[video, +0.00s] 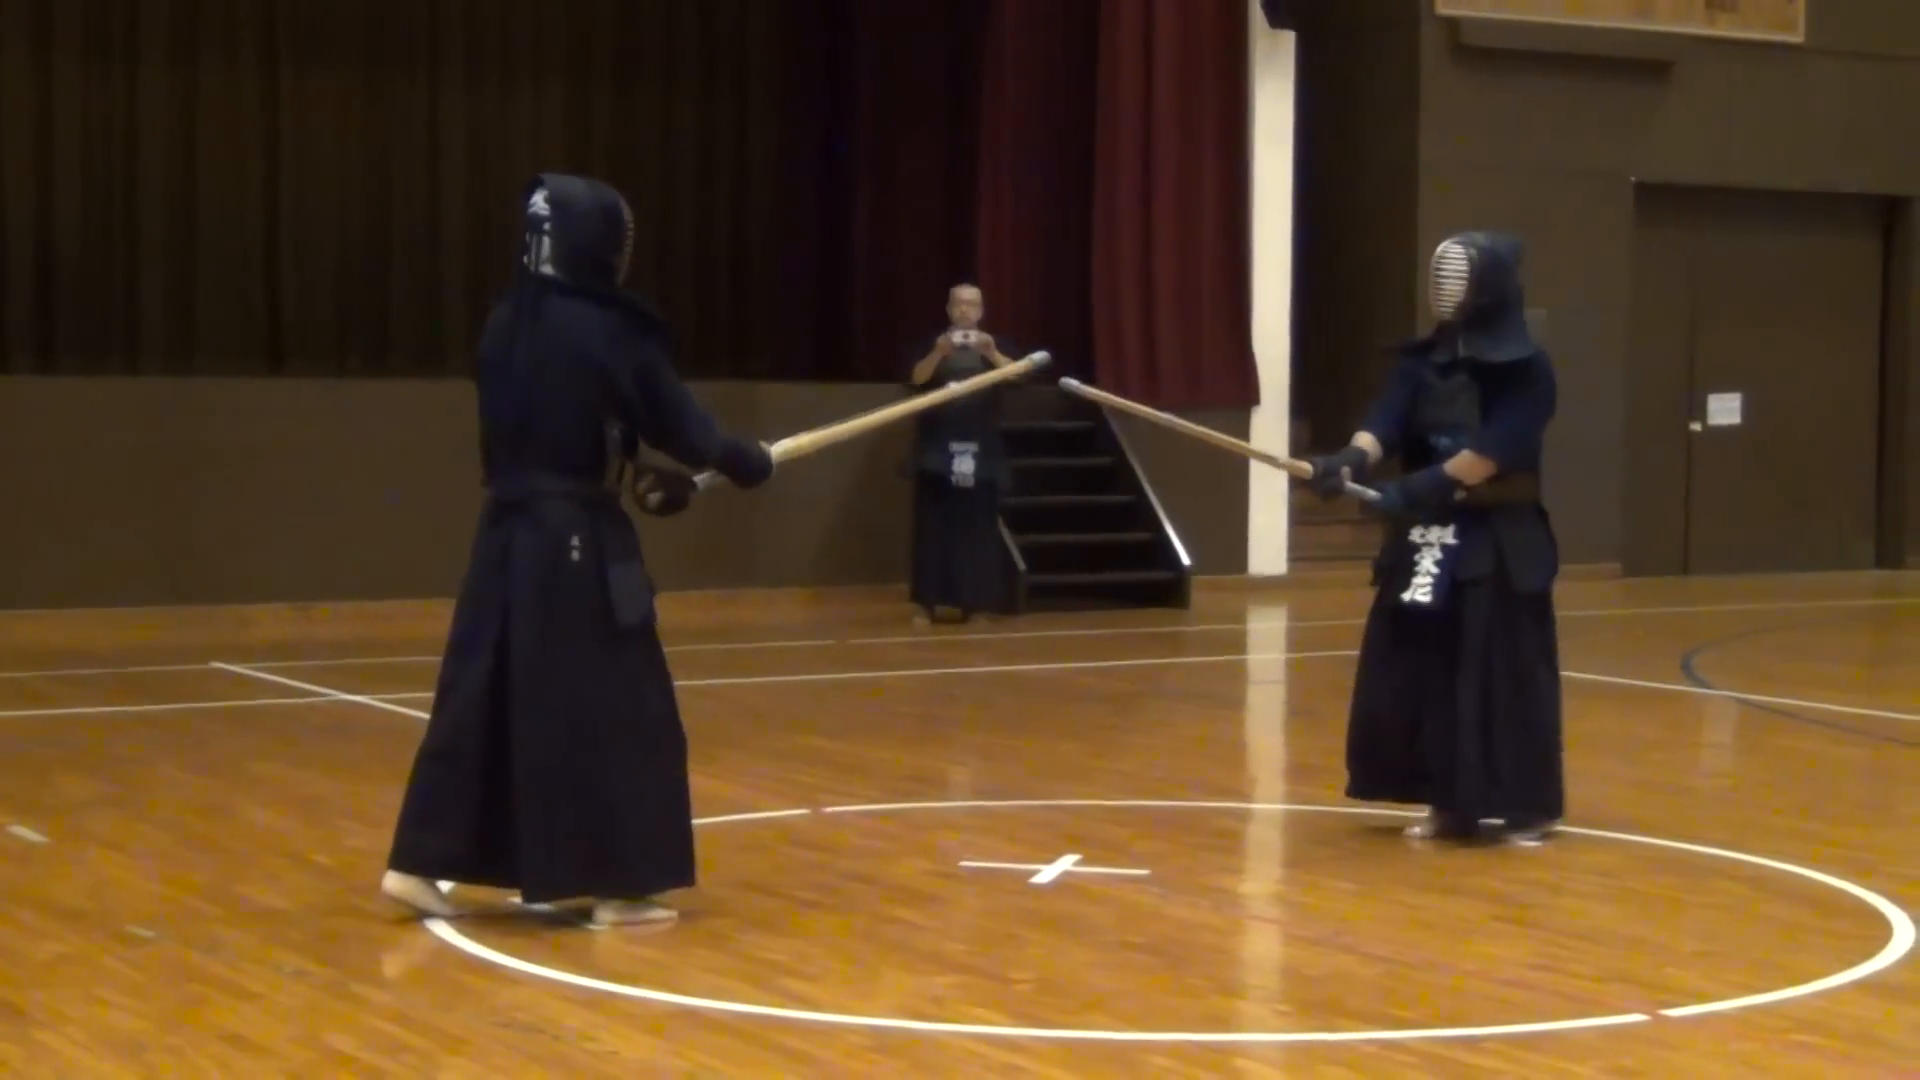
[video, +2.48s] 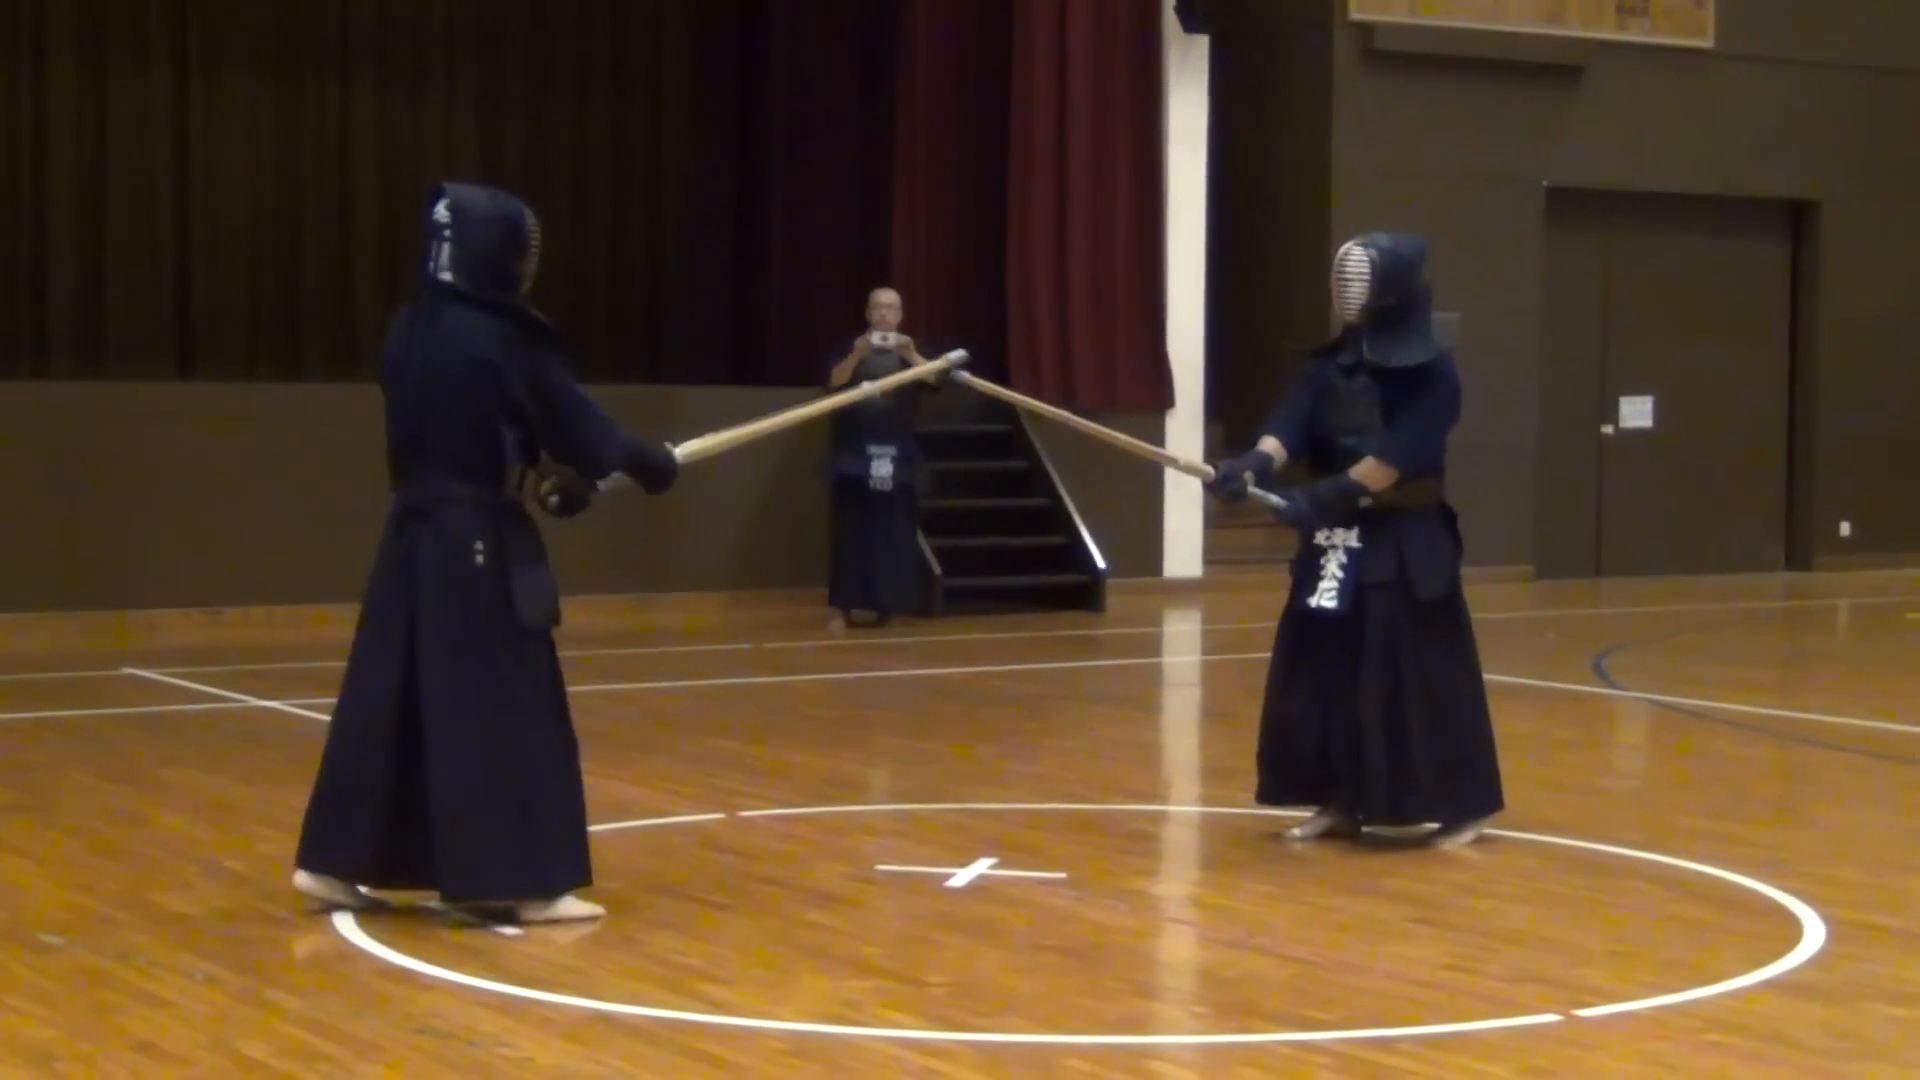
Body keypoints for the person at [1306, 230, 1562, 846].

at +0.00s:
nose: (1442, 291)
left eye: (1455, 279)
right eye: (1439, 278)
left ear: (1491, 286)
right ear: (1435, 282)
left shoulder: (1523, 368)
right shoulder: (1421, 360)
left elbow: (1493, 454)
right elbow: (1386, 421)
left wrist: (1412, 491)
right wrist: (1350, 460)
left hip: (1502, 534)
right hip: (1431, 531)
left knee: (1504, 667)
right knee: (1434, 661)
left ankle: (1523, 806)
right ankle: (1450, 798)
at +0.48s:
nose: (1439, 295)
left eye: (1452, 284)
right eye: (1436, 282)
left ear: (1487, 288)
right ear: (1433, 285)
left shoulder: (1521, 369)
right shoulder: (1419, 361)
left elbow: (1492, 456)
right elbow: (1382, 421)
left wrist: (1412, 497)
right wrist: (1348, 463)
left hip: (1501, 536)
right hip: (1428, 532)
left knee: (1505, 666)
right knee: (1422, 662)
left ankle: (1535, 806)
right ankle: (1437, 800)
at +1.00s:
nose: (1444, 296)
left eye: (1457, 286)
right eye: (1441, 284)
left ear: (1493, 291)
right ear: (1438, 287)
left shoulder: (1526, 373)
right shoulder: (1422, 364)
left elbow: (1495, 462)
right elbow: (1390, 426)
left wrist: (1418, 502)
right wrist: (1356, 466)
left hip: (1500, 541)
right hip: (1426, 534)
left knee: (1496, 671)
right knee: (1407, 664)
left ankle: (1507, 810)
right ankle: (1401, 802)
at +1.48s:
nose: (1373, 297)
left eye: (1386, 286)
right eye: (1371, 285)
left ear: (1420, 292)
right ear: (1369, 289)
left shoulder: (1455, 372)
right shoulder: (1352, 364)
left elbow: (1426, 458)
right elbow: (1317, 424)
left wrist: (1352, 500)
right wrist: (1286, 467)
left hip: (1434, 536)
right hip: (1361, 531)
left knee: (1444, 665)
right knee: (1353, 662)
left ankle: (1482, 806)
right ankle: (1360, 803)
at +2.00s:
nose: (1354, 294)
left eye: (1368, 282)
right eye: (1353, 281)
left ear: (1404, 288)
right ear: (1350, 284)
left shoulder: (1440, 370)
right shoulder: (1338, 362)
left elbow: (1412, 463)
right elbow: (1305, 426)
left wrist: (1335, 504)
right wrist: (1273, 472)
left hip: (1417, 534)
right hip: (1346, 529)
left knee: (1431, 663)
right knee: (1337, 660)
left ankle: (1469, 803)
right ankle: (1345, 799)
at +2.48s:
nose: (1346, 297)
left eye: (1359, 286)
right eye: (1345, 285)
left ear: (1394, 291)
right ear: (1344, 289)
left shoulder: (1429, 372)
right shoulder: (1329, 366)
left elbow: (1396, 458)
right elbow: (1291, 424)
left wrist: (1322, 499)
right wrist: (1255, 464)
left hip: (1408, 533)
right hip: (1337, 529)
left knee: (1420, 663)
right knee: (1327, 661)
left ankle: (1461, 802)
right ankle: (1337, 798)